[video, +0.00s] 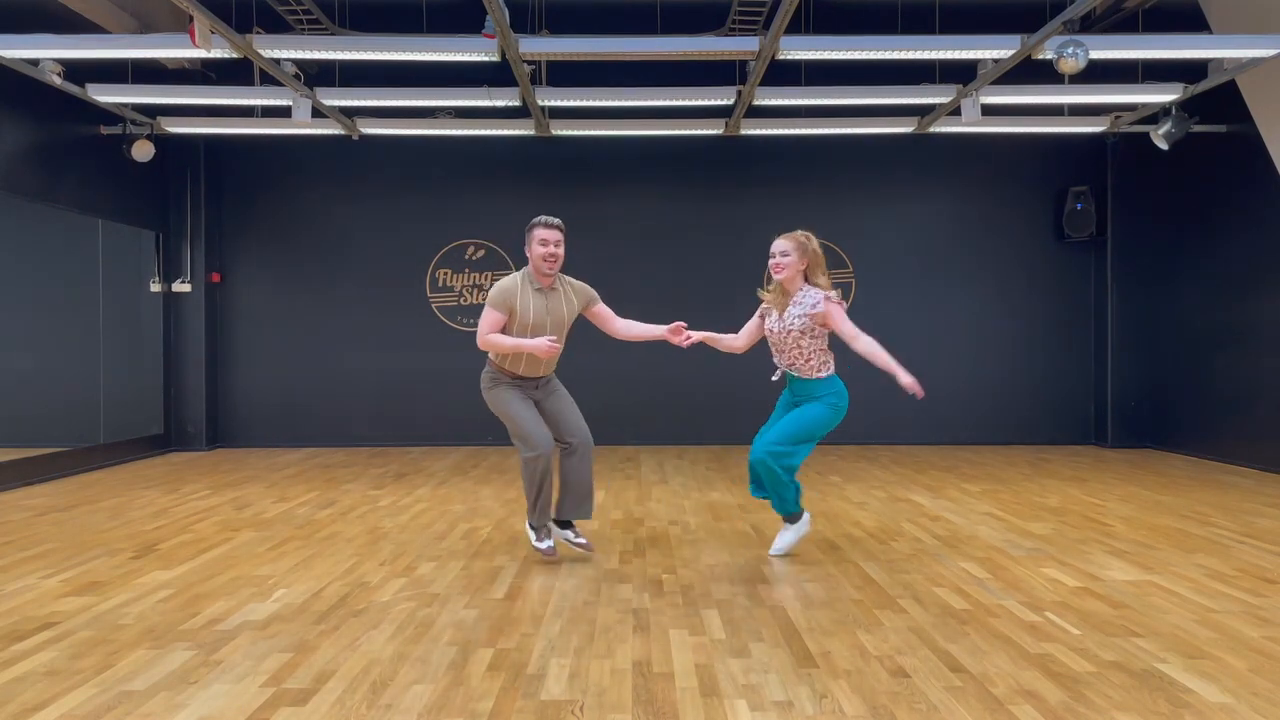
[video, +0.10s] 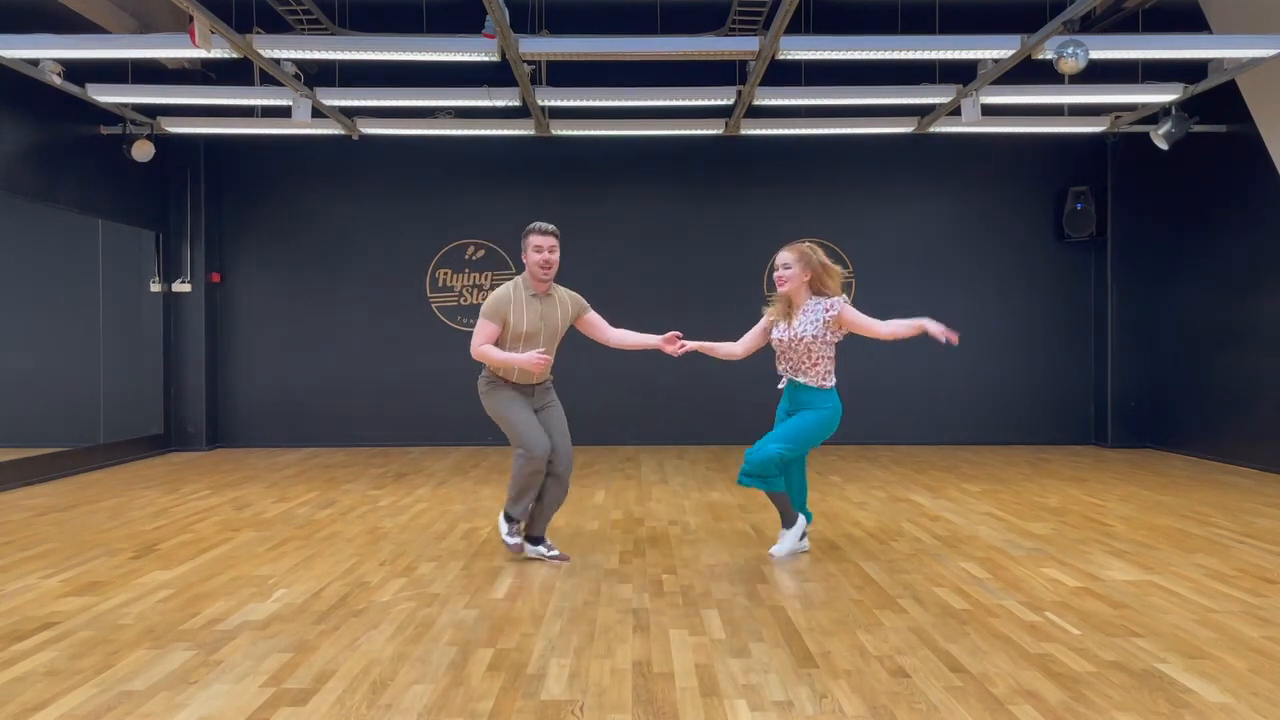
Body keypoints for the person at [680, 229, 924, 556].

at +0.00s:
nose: (775, 262)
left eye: (784, 255)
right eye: (772, 256)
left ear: (804, 261)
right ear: (770, 263)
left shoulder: (821, 303)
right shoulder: (772, 306)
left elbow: (858, 339)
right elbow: (739, 343)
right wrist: (702, 335)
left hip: (826, 395)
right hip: (793, 393)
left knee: (765, 451)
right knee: (760, 454)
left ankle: (795, 518)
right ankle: (792, 517)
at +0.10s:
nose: (778, 274)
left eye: (785, 268)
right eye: (776, 269)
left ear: (808, 272)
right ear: (776, 276)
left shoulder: (833, 309)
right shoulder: (777, 314)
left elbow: (883, 329)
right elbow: (739, 349)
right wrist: (696, 345)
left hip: (821, 407)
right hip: (788, 403)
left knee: (761, 458)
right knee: (791, 470)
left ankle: (791, 520)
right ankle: (799, 534)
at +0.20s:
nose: (771, 262)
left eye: (777, 256)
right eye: (771, 256)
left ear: (799, 262)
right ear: (785, 264)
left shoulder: (825, 293)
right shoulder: (775, 303)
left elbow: (880, 298)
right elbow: (734, 333)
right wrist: (688, 333)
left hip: (821, 391)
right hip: (790, 390)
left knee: (786, 460)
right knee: (784, 460)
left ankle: (795, 534)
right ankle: (794, 535)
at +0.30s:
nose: (761, 253)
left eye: (767, 248)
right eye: (763, 247)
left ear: (787, 254)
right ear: (782, 254)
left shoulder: (813, 285)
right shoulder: (767, 293)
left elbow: (839, 260)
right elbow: (725, 322)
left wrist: (834, 217)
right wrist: (678, 329)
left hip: (823, 384)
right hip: (792, 385)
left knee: (805, 458)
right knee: (771, 450)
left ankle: (845, 511)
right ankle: (783, 522)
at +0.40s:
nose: (753, 260)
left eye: (759, 255)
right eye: (755, 254)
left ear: (783, 265)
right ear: (767, 260)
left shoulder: (802, 297)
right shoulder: (754, 297)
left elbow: (774, 267)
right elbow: (715, 333)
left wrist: (759, 224)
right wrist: (671, 340)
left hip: (809, 392)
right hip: (783, 395)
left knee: (842, 467)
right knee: (760, 459)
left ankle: (907, 457)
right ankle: (770, 537)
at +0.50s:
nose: (738, 279)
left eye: (744, 272)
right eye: (741, 272)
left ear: (762, 280)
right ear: (760, 281)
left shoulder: (781, 318)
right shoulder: (740, 319)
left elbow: (727, 312)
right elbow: (700, 348)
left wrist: (695, 278)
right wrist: (654, 352)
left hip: (792, 407)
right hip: (767, 410)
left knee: (839, 467)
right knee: (745, 471)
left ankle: (901, 429)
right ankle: (770, 542)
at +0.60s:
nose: (722, 279)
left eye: (727, 274)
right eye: (725, 273)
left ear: (741, 280)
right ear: (740, 281)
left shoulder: (753, 323)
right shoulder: (727, 320)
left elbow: (701, 352)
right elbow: (695, 347)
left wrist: (654, 354)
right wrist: (654, 339)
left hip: (776, 414)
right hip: (751, 414)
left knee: (778, 489)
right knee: (737, 476)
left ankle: (835, 450)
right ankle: (768, 543)